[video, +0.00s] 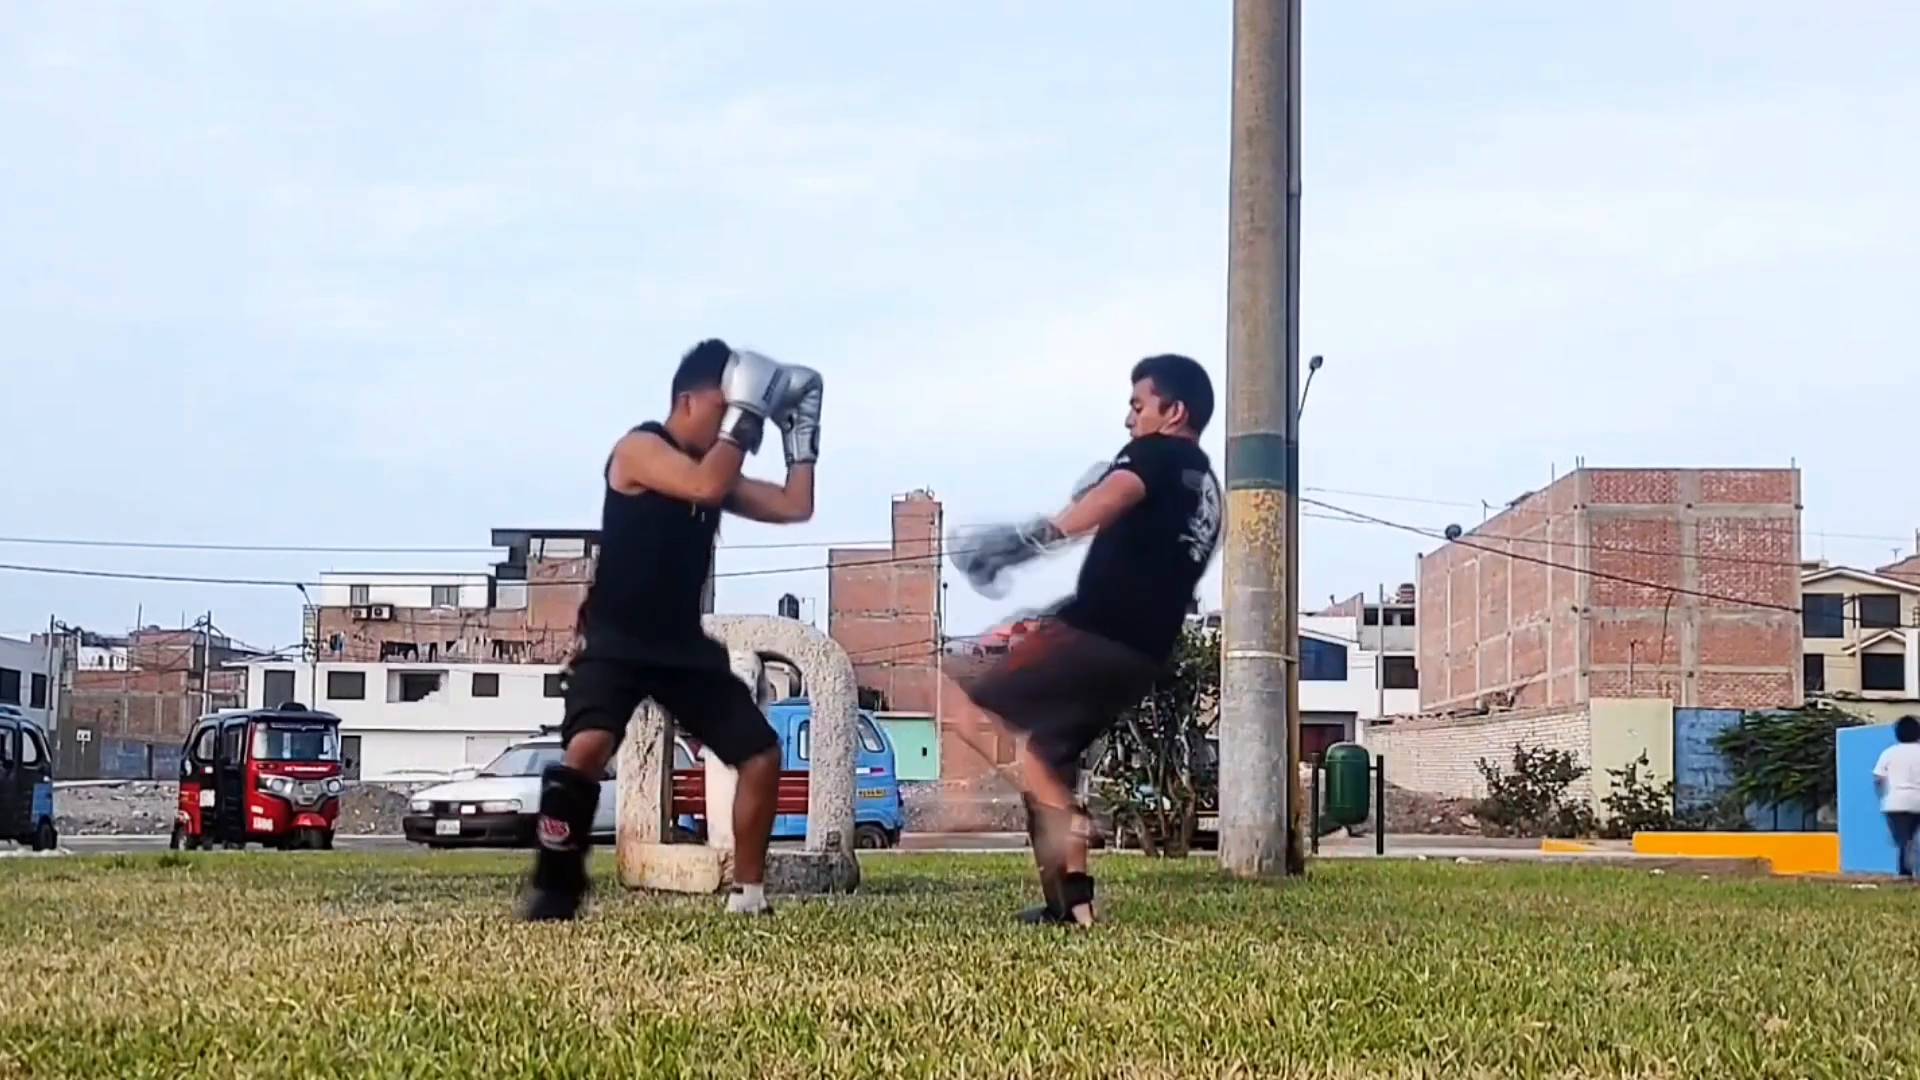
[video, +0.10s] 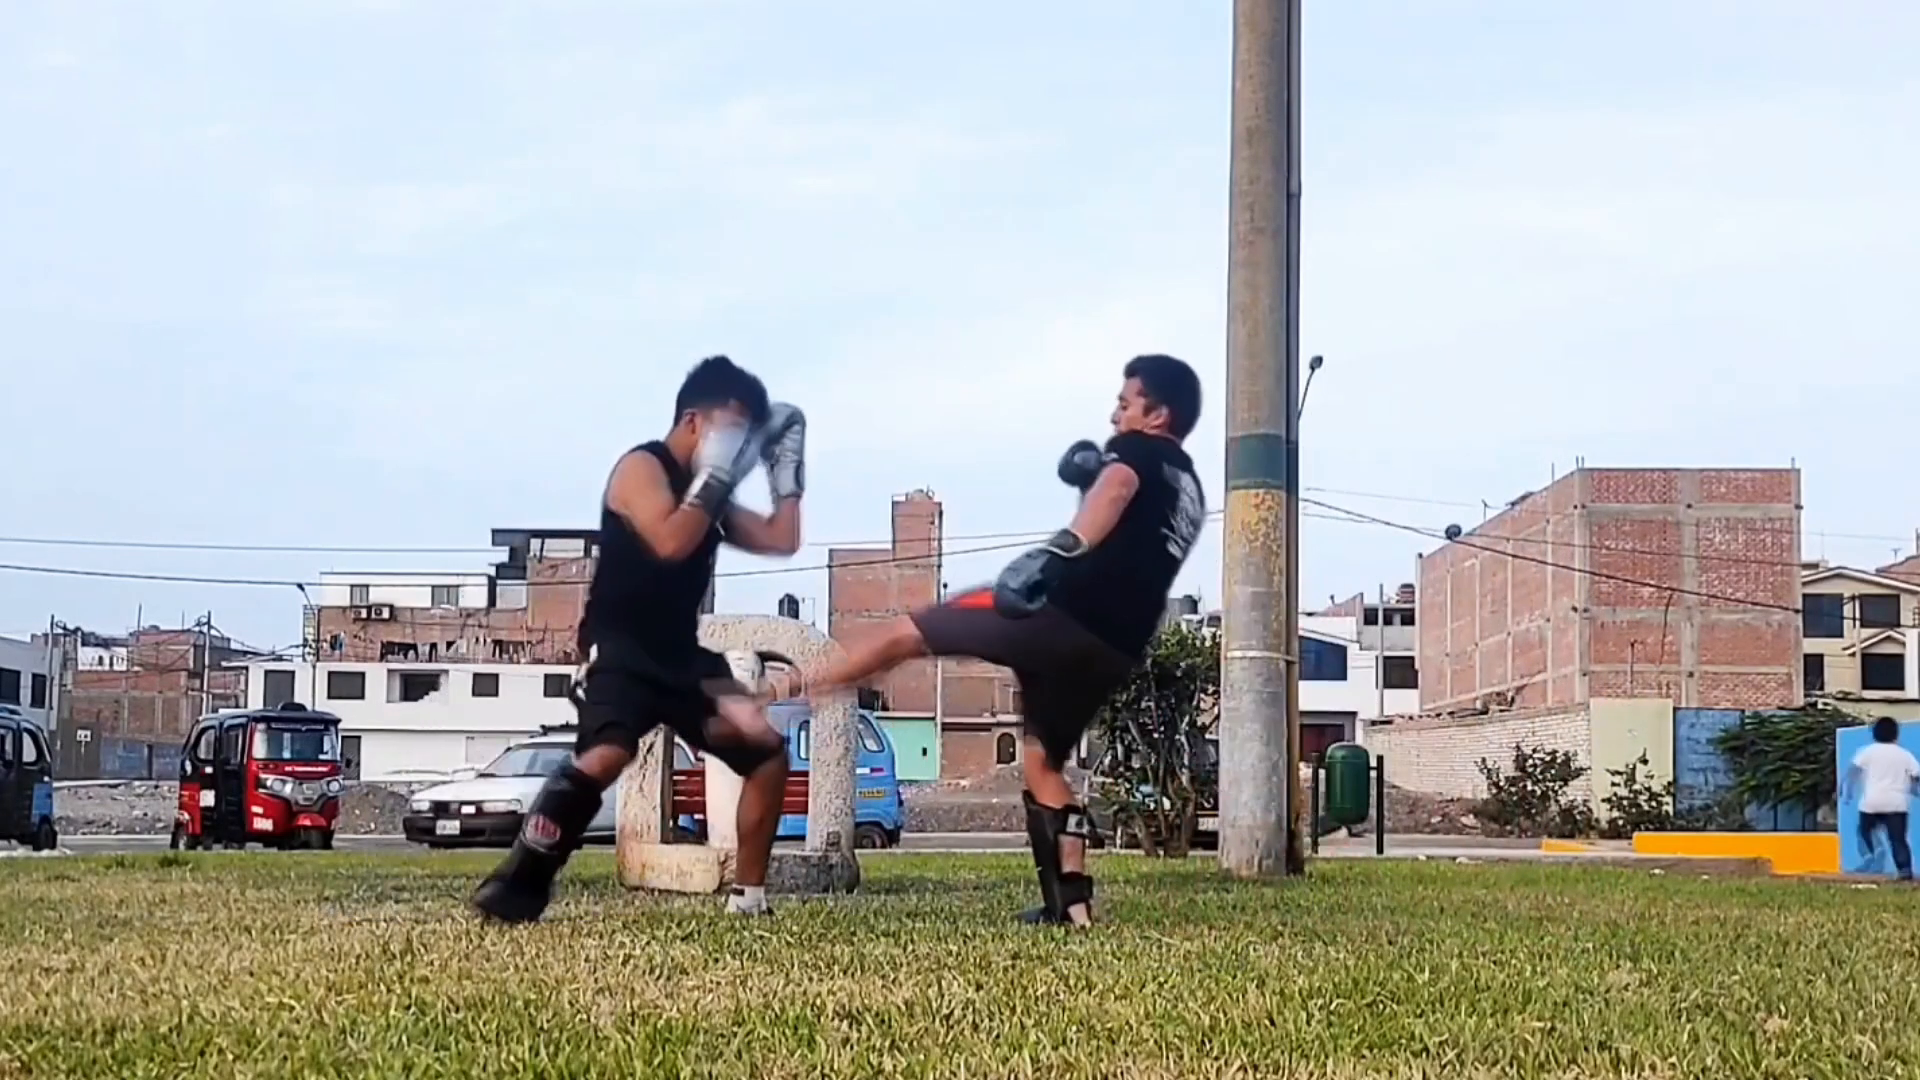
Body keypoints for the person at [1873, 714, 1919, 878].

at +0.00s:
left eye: (1901, 731)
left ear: (1898, 733)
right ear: (1917, 733)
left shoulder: (1890, 752)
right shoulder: (1917, 750)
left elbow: (1879, 775)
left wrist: (1881, 794)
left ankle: (1907, 873)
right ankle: (1905, 873)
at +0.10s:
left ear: (1875, 734)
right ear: (1895, 734)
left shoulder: (1868, 752)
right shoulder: (1904, 754)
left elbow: (1853, 769)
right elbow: (1915, 775)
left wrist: (1847, 792)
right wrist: (1913, 789)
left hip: (1871, 804)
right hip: (1897, 805)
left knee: (1864, 830)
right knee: (1898, 840)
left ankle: (1869, 859)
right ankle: (1905, 871)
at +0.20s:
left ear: (1854, 737)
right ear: (1873, 737)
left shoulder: (1847, 754)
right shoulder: (1882, 755)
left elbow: (1829, 772)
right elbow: (1898, 773)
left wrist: (1816, 795)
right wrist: (1893, 796)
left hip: (1853, 804)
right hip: (1878, 804)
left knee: (1846, 839)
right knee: (1880, 835)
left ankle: (1841, 868)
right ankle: (1894, 867)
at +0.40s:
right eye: (1842, 741)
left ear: (1826, 743)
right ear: (1844, 743)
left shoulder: (1818, 760)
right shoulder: (1850, 759)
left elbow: (1808, 778)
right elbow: (1860, 773)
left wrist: (1818, 788)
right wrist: (1868, 790)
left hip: (1820, 803)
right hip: (1842, 804)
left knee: (1823, 836)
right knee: (1836, 836)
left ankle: (1827, 864)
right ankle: (1829, 862)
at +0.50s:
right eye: (1832, 744)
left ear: (1817, 747)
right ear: (1834, 747)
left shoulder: (1809, 763)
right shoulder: (1840, 764)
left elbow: (1797, 783)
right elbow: (1849, 782)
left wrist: (1809, 790)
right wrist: (1854, 801)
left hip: (1810, 804)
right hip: (1831, 806)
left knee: (1801, 830)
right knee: (1823, 838)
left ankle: (1812, 844)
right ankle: (1818, 870)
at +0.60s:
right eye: (1825, 745)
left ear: (1807, 746)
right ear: (1823, 747)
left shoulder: (1796, 762)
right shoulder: (1830, 764)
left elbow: (1783, 779)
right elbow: (1838, 785)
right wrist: (1842, 806)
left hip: (1800, 808)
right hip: (1823, 809)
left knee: (1790, 831)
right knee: (1821, 841)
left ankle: (1796, 856)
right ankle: (1818, 866)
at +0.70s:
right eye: (1815, 747)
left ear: (1798, 748)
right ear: (1815, 749)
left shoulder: (1790, 762)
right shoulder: (1819, 765)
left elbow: (1770, 772)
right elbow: (1830, 785)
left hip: (1792, 809)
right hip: (1813, 809)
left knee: (1788, 843)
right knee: (1818, 840)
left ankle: (1783, 870)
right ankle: (1816, 855)